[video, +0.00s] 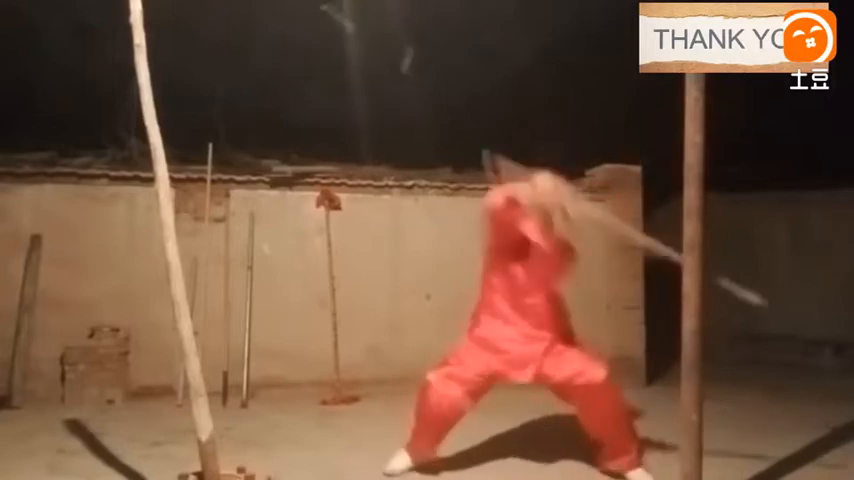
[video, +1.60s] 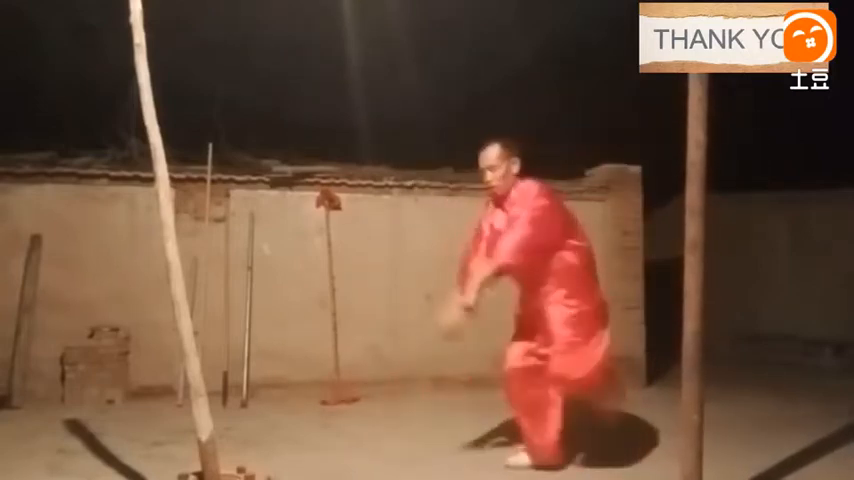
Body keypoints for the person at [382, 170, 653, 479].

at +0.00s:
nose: (547, 200)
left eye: (553, 195)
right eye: (541, 192)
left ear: (559, 202)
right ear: (528, 196)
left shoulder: (558, 247)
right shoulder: (507, 234)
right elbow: (498, 203)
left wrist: (570, 346)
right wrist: (529, 192)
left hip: (544, 346)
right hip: (493, 343)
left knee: (596, 383)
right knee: (441, 392)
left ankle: (623, 462)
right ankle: (416, 451)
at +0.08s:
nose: (498, 206)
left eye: (506, 199)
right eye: (492, 198)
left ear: (519, 207)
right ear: (481, 207)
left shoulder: (530, 246)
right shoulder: (477, 247)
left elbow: (531, 230)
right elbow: (479, 194)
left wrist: (519, 177)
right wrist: (527, 166)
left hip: (529, 353)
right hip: (475, 351)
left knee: (583, 396)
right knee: (425, 386)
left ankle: (632, 467)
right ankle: (415, 455)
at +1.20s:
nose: (515, 179)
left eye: (521, 172)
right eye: (507, 173)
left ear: (532, 175)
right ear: (494, 175)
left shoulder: (549, 211)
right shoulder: (489, 212)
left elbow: (549, 261)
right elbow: (465, 196)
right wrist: (481, 160)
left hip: (561, 316)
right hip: (512, 320)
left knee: (596, 387)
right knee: (474, 379)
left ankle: (627, 465)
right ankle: (430, 444)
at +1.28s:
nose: (509, 176)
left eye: (517, 168)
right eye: (505, 170)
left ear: (534, 169)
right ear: (499, 175)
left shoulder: (550, 203)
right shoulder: (500, 206)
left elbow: (536, 250)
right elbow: (463, 224)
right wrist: (484, 182)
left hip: (573, 299)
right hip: (533, 301)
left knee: (596, 376)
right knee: (496, 365)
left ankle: (629, 463)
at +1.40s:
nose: (502, 177)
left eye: (509, 169)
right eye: (497, 171)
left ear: (528, 168)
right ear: (491, 175)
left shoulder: (547, 202)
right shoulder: (498, 205)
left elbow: (541, 243)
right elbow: (481, 228)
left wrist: (501, 249)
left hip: (575, 293)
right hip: (536, 295)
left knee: (596, 373)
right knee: (511, 367)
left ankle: (629, 461)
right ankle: (547, 444)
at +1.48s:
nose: (490, 178)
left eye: (496, 170)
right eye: (486, 172)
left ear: (517, 167)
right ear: (484, 174)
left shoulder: (539, 198)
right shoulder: (495, 210)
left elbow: (518, 250)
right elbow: (474, 249)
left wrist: (472, 282)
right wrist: (453, 281)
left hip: (576, 301)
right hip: (539, 303)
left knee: (586, 370)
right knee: (525, 370)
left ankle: (629, 453)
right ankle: (549, 450)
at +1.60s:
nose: (487, 178)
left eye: (493, 169)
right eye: (484, 171)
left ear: (514, 166)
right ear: (482, 174)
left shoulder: (534, 197)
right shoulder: (496, 209)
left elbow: (512, 251)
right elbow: (477, 255)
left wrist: (474, 289)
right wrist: (467, 295)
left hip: (569, 297)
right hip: (537, 299)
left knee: (564, 369)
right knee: (520, 365)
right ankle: (541, 444)